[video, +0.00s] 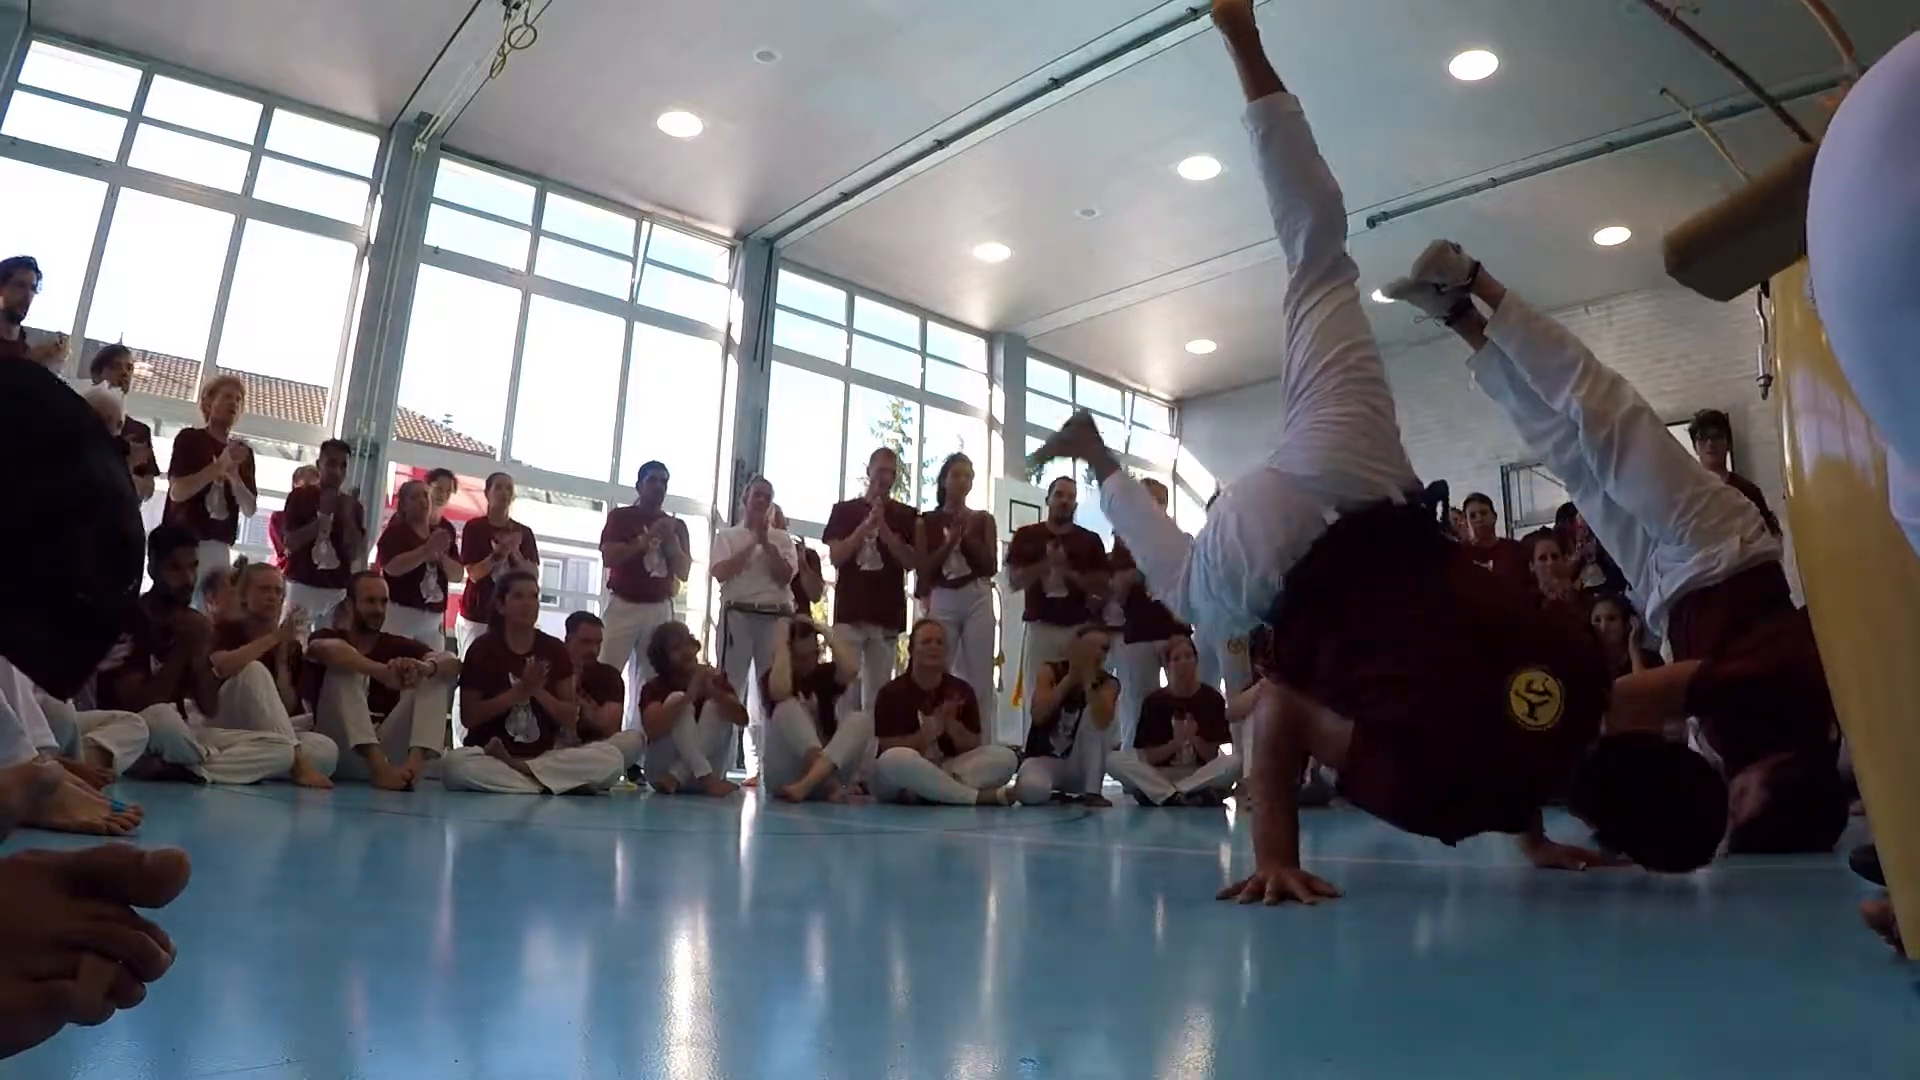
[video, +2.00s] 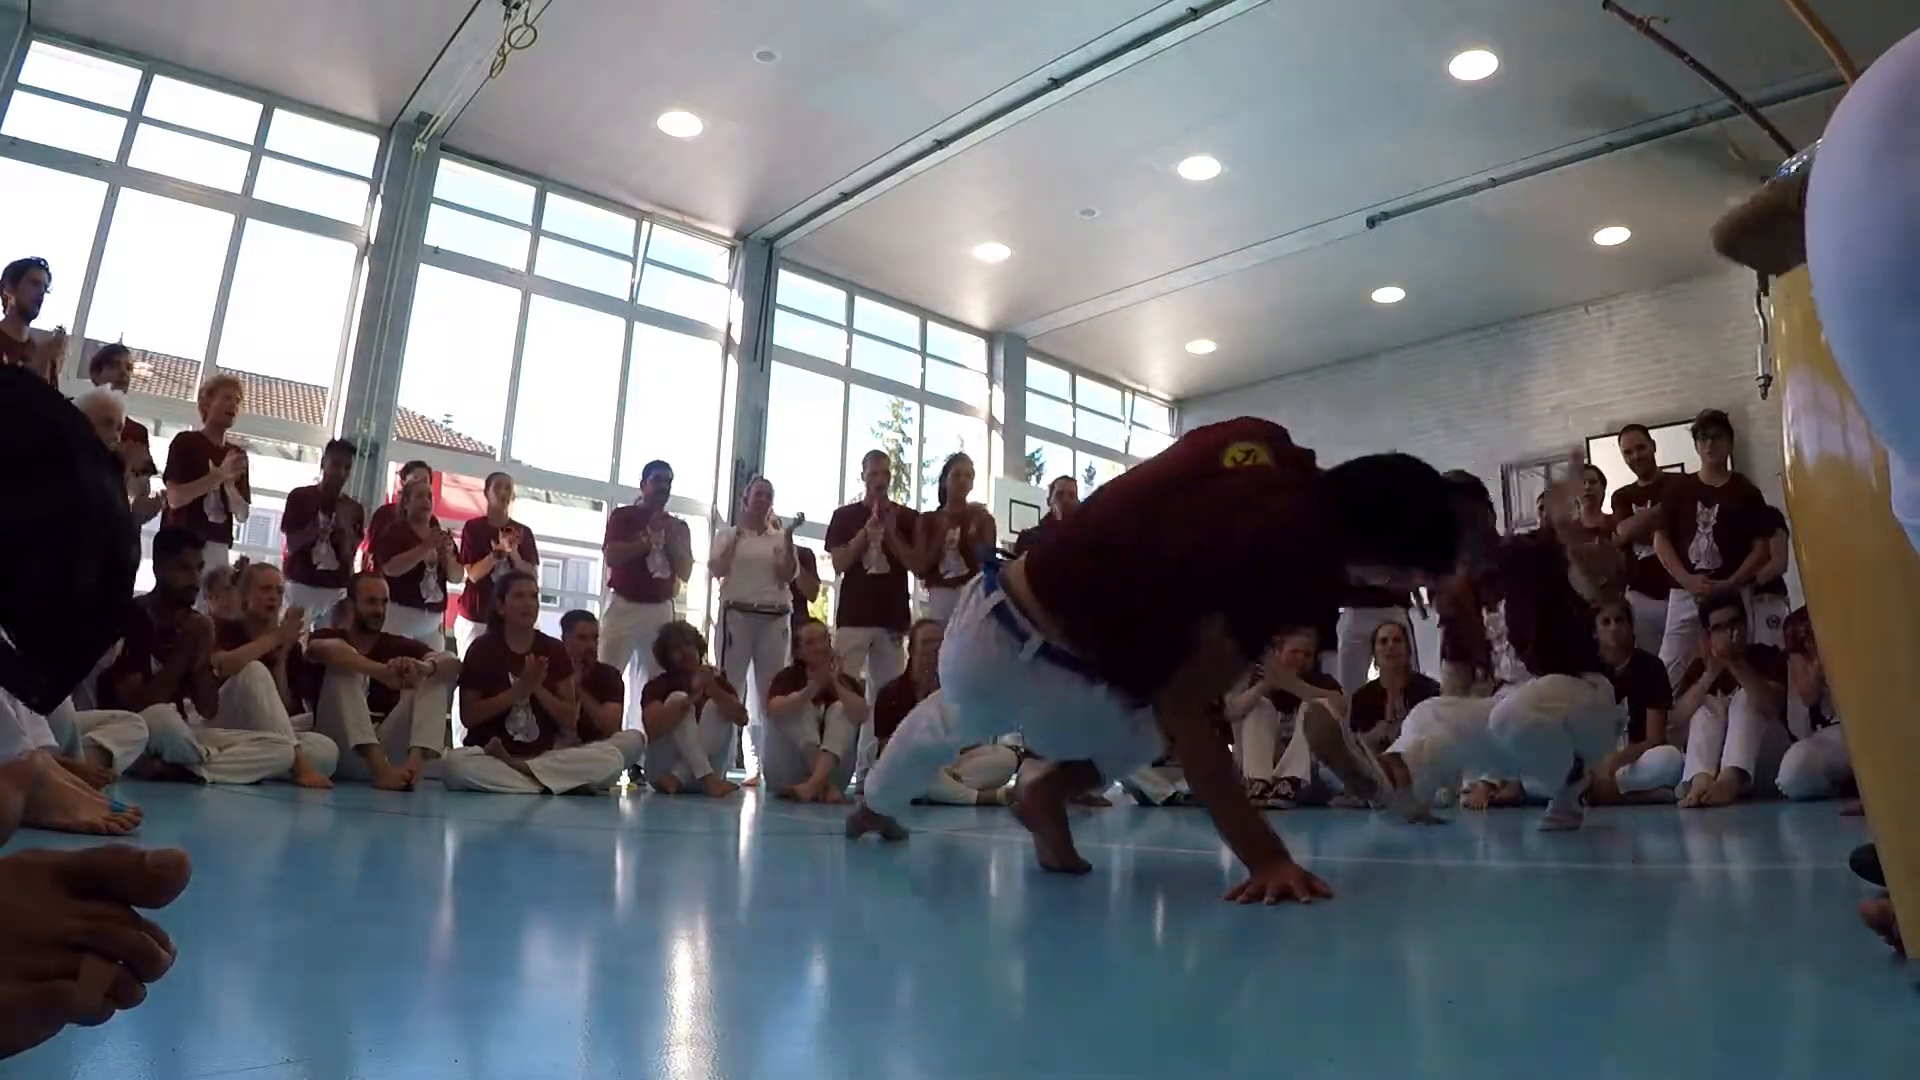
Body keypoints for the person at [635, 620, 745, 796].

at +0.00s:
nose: (687, 651)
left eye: (689, 643)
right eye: (676, 648)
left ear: (695, 646)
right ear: (663, 657)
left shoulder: (715, 679)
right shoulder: (653, 688)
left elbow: (742, 719)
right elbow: (652, 729)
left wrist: (713, 691)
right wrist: (689, 696)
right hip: (664, 772)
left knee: (716, 705)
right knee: (676, 700)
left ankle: (677, 776)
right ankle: (706, 776)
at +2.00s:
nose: (686, 652)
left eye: (689, 645)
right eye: (677, 648)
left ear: (698, 647)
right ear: (666, 656)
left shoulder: (716, 680)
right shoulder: (655, 686)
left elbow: (742, 719)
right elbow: (652, 729)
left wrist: (712, 688)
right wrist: (688, 701)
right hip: (664, 771)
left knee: (719, 704)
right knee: (678, 699)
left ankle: (678, 776)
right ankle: (708, 776)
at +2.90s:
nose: (690, 652)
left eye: (693, 646)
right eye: (681, 648)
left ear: (699, 648)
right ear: (668, 656)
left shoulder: (715, 679)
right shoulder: (655, 687)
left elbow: (742, 720)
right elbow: (652, 730)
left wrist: (715, 692)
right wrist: (685, 694)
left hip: (710, 770)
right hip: (665, 771)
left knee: (718, 704)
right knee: (676, 701)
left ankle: (678, 777)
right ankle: (708, 777)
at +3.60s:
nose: (689, 659)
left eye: (692, 651)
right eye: (681, 654)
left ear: (700, 651)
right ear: (669, 659)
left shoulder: (715, 681)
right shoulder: (654, 688)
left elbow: (742, 718)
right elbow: (653, 728)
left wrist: (711, 690)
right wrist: (692, 695)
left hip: (710, 770)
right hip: (664, 771)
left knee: (718, 703)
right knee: (676, 700)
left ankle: (678, 776)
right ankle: (708, 777)